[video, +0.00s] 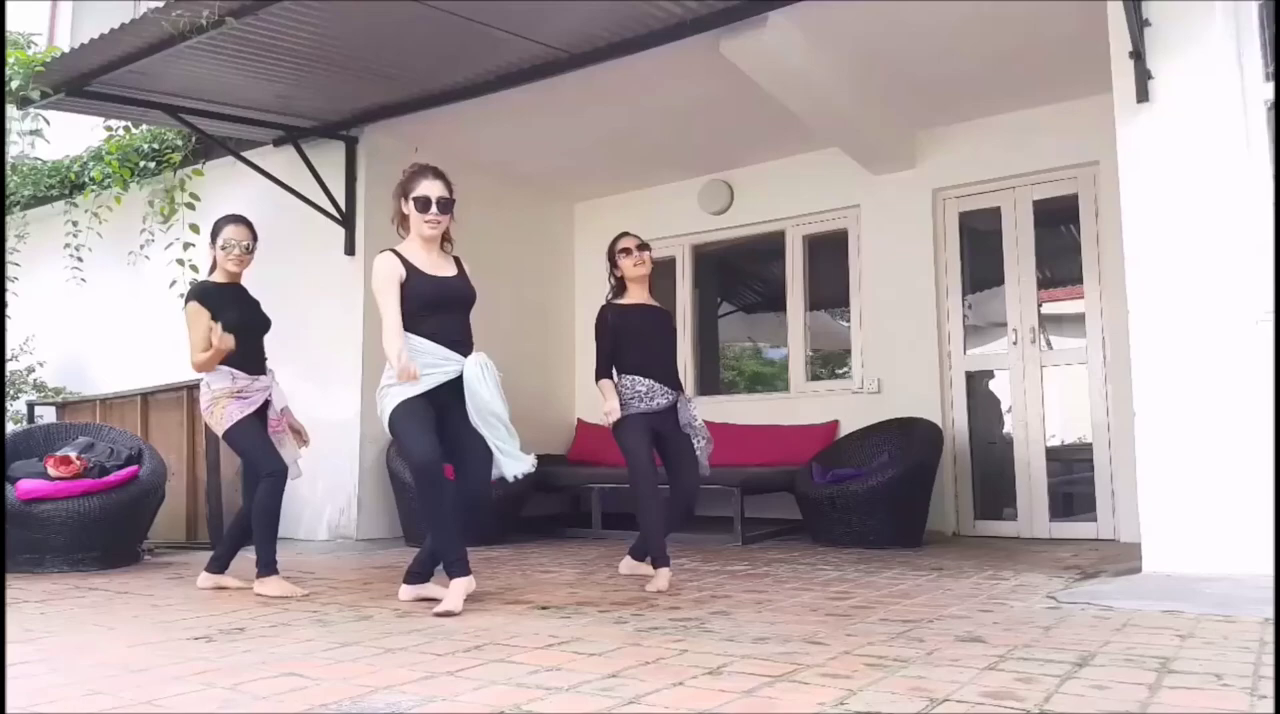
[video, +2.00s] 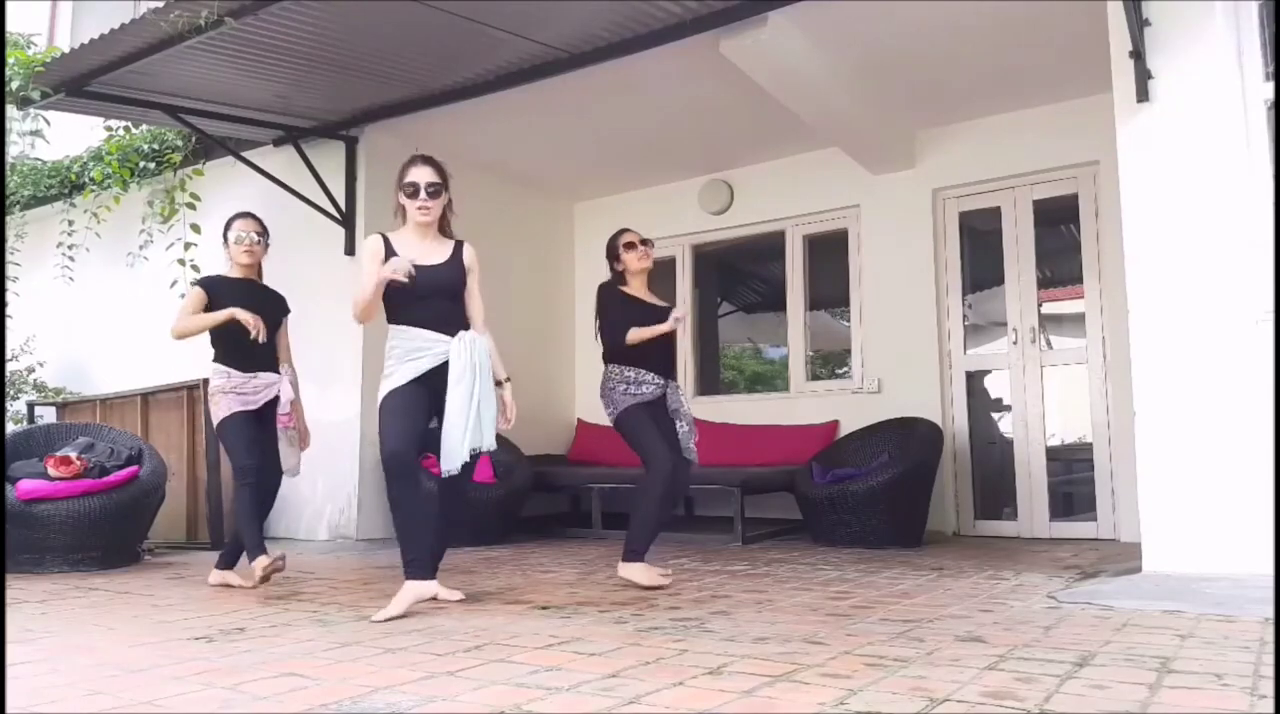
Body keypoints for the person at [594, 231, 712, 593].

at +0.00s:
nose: (637, 256)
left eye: (641, 249)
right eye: (626, 253)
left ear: (651, 257)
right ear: (616, 267)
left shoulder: (664, 314)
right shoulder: (610, 312)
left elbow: (671, 369)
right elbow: (602, 369)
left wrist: (688, 411)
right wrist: (612, 400)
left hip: (669, 408)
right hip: (630, 410)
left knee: (688, 487)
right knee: (645, 480)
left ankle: (636, 556)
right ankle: (662, 566)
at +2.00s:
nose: (640, 250)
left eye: (644, 244)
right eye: (629, 247)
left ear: (652, 252)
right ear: (616, 261)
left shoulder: (662, 304)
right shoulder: (610, 291)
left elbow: (666, 361)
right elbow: (617, 337)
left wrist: (676, 401)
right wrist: (666, 326)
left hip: (662, 392)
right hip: (625, 390)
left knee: (679, 470)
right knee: (661, 463)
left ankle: (636, 557)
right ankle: (631, 560)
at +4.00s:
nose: (638, 263)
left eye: (646, 257)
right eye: (631, 257)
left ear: (657, 265)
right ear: (623, 264)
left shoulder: (668, 312)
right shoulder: (610, 300)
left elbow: (685, 364)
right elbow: (598, 350)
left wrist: (716, 409)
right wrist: (614, 360)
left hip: (670, 398)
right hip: (631, 398)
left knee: (662, 479)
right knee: (601, 467)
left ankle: (659, 556)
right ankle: (595, 558)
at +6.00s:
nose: (753, 255)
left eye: (761, 249)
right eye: (746, 249)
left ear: (771, 258)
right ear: (736, 257)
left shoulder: (775, 302)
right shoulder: (717, 298)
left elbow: (802, 293)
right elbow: (713, 329)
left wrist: (784, 269)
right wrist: (720, 340)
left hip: (766, 391)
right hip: (727, 391)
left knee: (773, 474)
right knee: (685, 472)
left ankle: (802, 558)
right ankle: (691, 554)